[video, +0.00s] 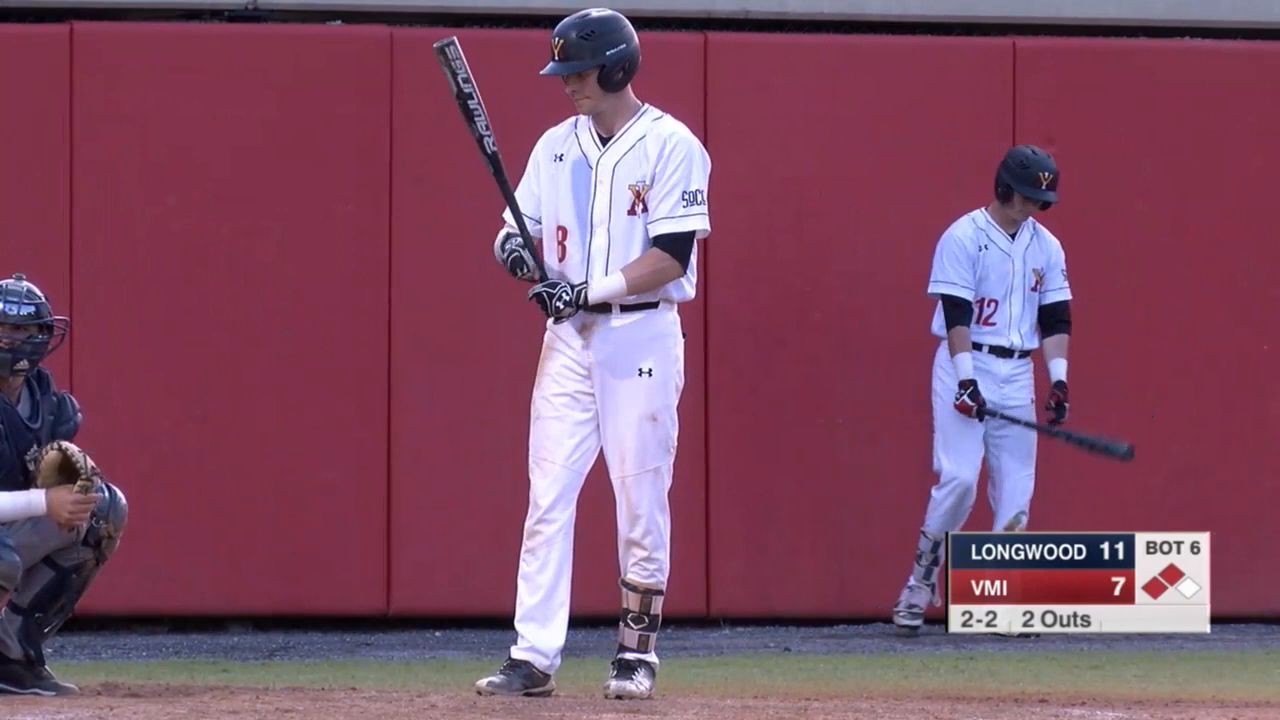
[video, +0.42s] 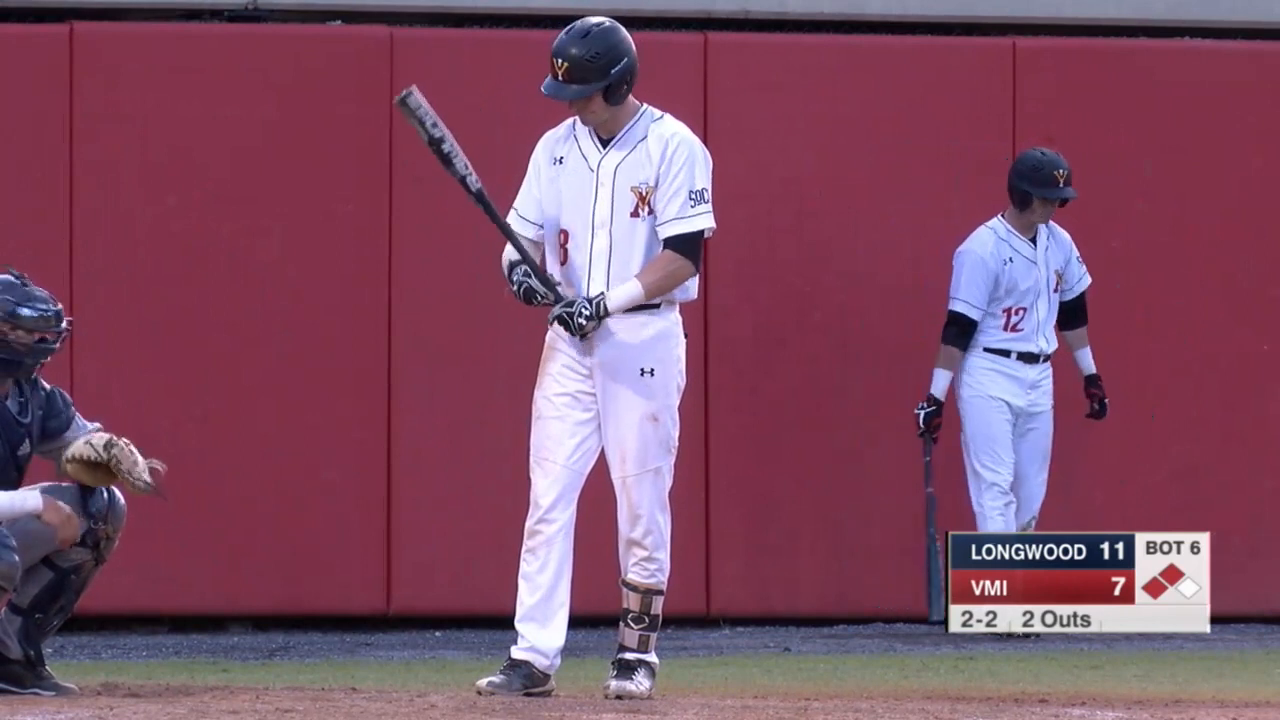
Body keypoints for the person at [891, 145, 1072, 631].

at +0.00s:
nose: (1034, 210)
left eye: (1041, 202)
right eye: (1029, 199)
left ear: (1043, 199)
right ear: (1005, 190)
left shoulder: (1047, 247)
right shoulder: (963, 236)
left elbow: (1055, 320)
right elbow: (956, 313)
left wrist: (1058, 383)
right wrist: (965, 380)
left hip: (1018, 375)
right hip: (965, 368)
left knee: (1016, 495)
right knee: (960, 479)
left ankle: (1004, 606)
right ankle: (920, 585)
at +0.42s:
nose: (1055, 208)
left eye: (1059, 200)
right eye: (1049, 200)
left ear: (1059, 199)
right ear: (1024, 195)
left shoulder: (1059, 242)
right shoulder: (981, 249)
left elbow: (1073, 313)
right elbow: (958, 328)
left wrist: (1090, 375)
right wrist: (935, 397)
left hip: (1039, 376)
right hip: (987, 372)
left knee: (1029, 494)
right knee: (996, 488)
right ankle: (997, 586)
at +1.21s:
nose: (1044, 219)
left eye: (1047, 210)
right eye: (1036, 212)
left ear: (1049, 201)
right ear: (1010, 206)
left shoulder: (1055, 227)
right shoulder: (974, 262)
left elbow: (1077, 285)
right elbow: (962, 348)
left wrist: (1104, 330)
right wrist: (971, 413)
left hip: (1067, 376)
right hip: (1016, 382)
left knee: (1085, 484)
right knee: (1019, 496)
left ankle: (1071, 592)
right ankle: (1013, 601)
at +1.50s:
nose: (1059, 226)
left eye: (1063, 217)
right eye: (1051, 218)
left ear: (1067, 207)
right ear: (1026, 210)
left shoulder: (1073, 229)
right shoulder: (989, 261)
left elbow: (1094, 290)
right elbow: (978, 347)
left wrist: (1121, 342)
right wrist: (986, 414)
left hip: (1084, 376)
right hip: (1030, 384)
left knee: (1121, 487)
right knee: (1025, 501)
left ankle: (1146, 591)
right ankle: (1012, 607)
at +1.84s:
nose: (1120, 230)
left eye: (1125, 222)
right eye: (1114, 221)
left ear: (1125, 216)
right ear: (1092, 210)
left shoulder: (1130, 242)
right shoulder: (1046, 259)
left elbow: (1141, 306)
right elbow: (1024, 340)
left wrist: (1163, 361)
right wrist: (1007, 410)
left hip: (1121, 385)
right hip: (1067, 387)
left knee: (1147, 496)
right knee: (1046, 503)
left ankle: (1161, 606)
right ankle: (1022, 607)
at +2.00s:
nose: (1169, 231)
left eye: (1173, 224)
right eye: (1165, 222)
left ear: (1174, 219)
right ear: (1142, 210)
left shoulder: (1172, 247)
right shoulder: (1089, 252)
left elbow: (1172, 316)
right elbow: (1057, 330)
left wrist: (1189, 373)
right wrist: (1031, 398)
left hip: (1146, 387)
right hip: (1091, 385)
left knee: (1161, 498)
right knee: (1060, 497)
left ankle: (1160, 606)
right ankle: (1016, 598)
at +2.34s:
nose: (1220, 238)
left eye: (1226, 232)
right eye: (1219, 229)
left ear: (1225, 224)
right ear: (1198, 213)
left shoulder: (1210, 256)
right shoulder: (1137, 245)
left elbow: (1199, 326)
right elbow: (1111, 322)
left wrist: (1217, 378)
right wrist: (1098, 392)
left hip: (1162, 382)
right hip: (1111, 373)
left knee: (1168, 499)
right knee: (1070, 487)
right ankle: (1040, 585)